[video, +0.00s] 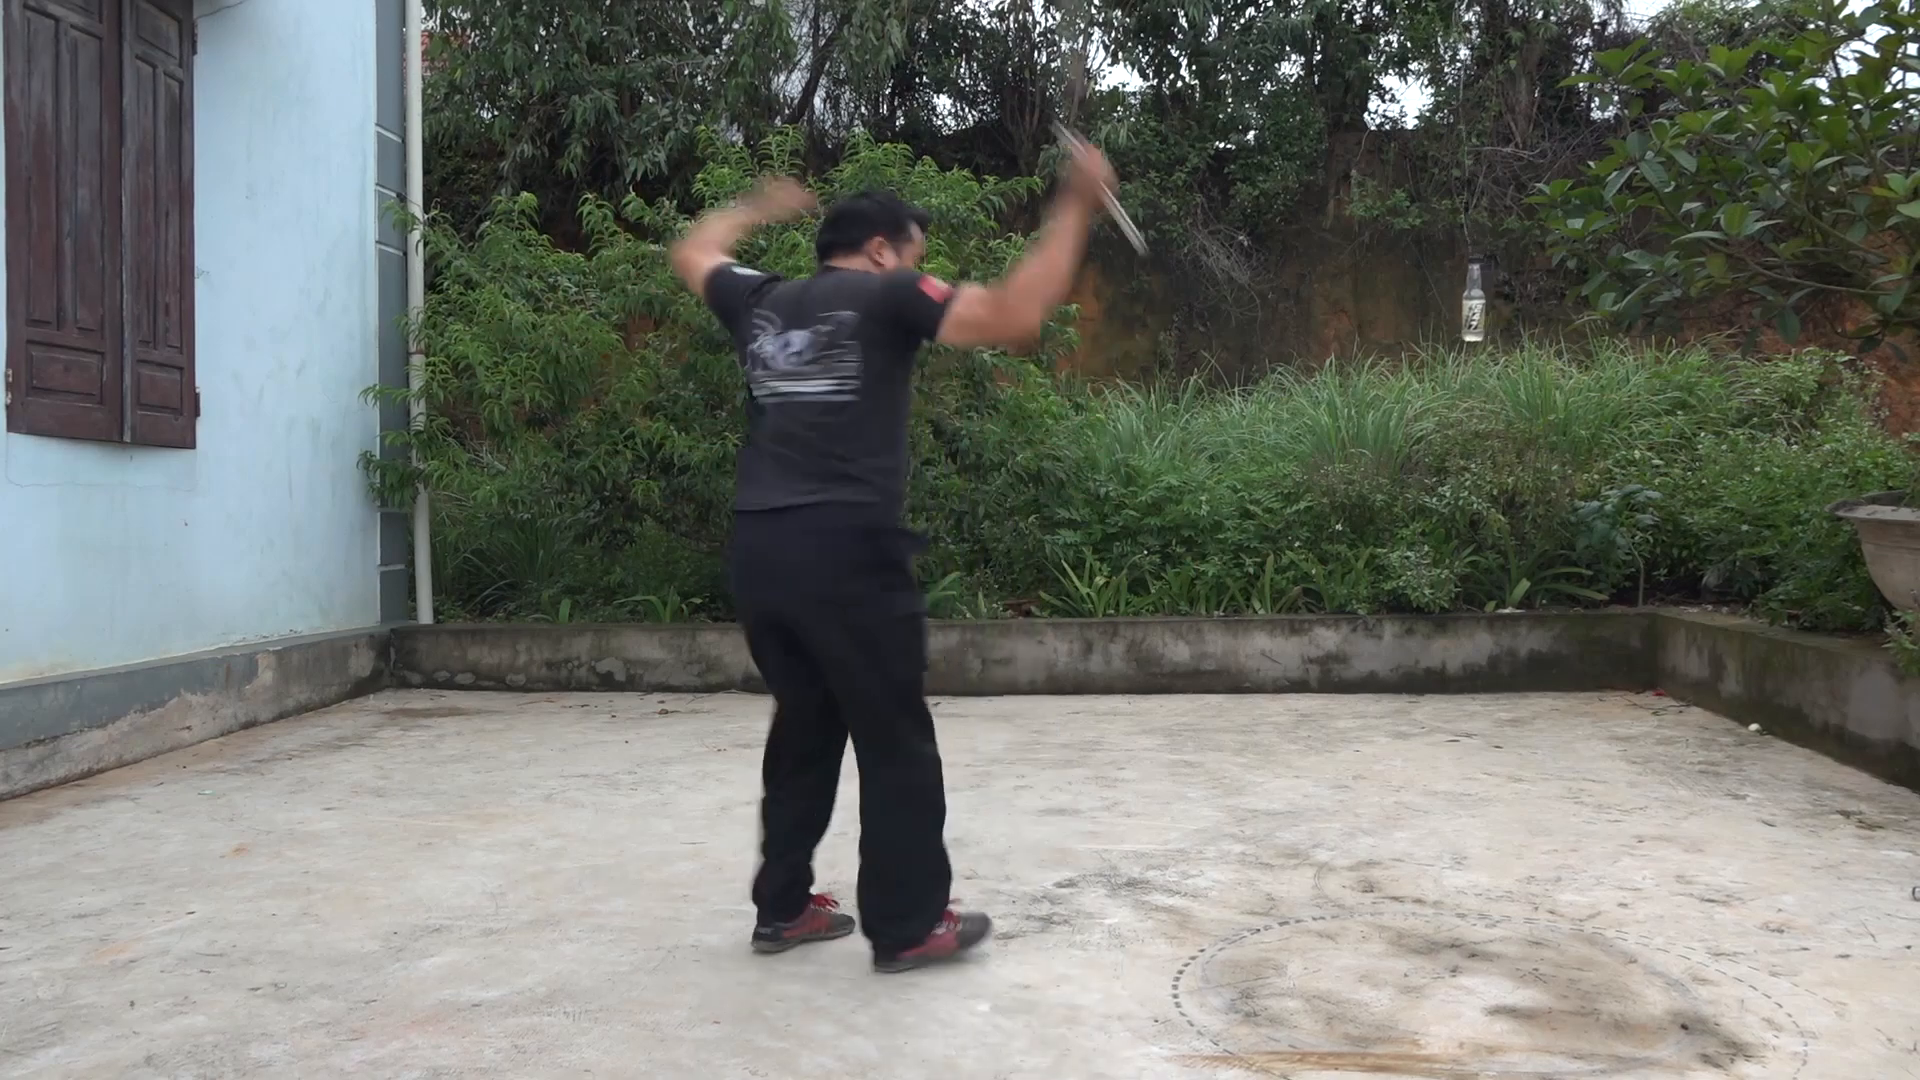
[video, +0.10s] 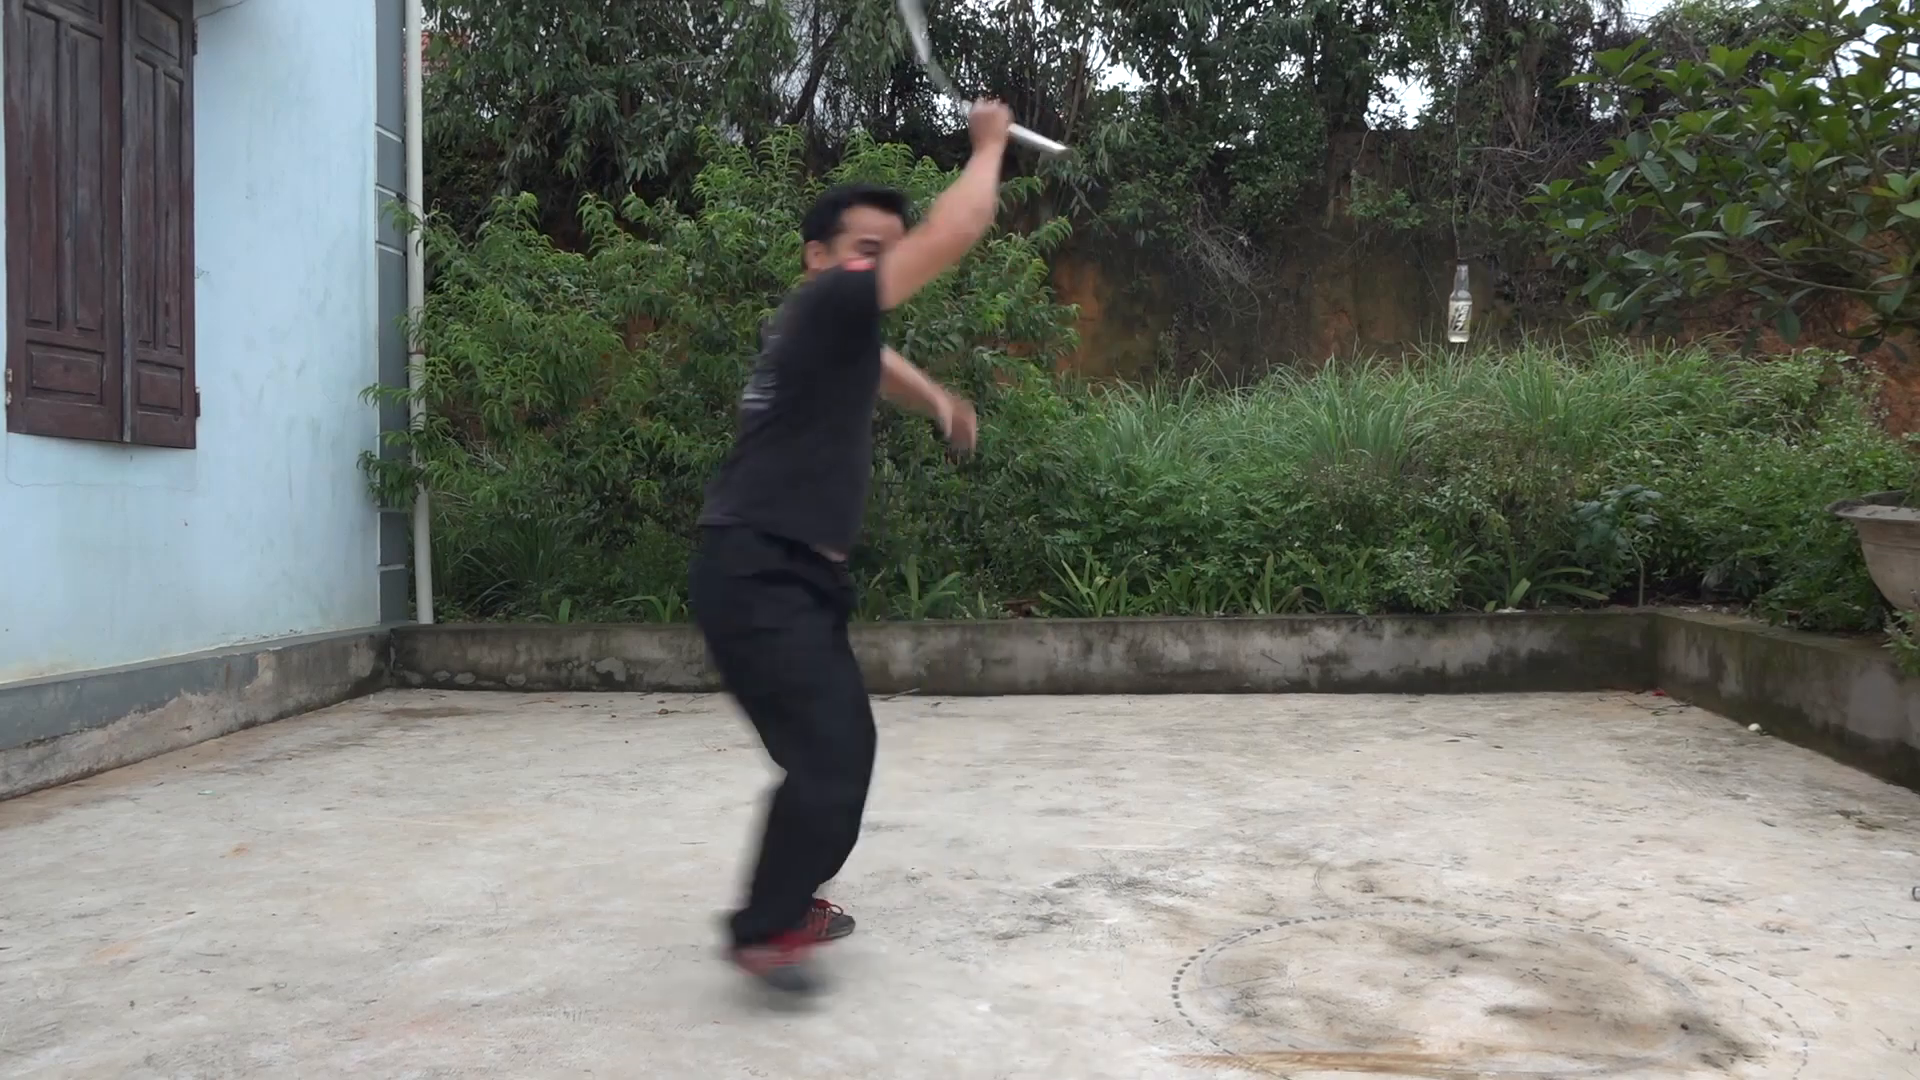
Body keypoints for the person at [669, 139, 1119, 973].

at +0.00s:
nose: (920, 273)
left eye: (919, 259)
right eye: (914, 258)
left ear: (838, 249)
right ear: (877, 249)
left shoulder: (763, 300)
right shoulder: (887, 294)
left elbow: (694, 254)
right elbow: (1015, 314)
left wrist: (753, 204)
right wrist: (1075, 202)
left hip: (759, 547)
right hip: (848, 549)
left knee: (806, 717)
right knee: (897, 735)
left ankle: (781, 904)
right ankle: (907, 924)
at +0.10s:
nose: (883, 265)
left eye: (889, 249)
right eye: (865, 248)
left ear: (888, 254)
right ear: (817, 254)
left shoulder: (833, 326)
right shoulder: (821, 307)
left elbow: (881, 365)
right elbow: (952, 232)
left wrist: (938, 400)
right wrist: (988, 146)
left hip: (792, 576)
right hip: (757, 574)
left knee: (842, 740)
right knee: (833, 745)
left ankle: (783, 903)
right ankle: (762, 931)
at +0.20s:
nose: (812, 302)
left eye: (829, 287)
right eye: (795, 288)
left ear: (852, 290)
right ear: (761, 295)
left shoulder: (861, 390)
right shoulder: (737, 350)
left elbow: (929, 480)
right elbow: (837, 296)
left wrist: (885, 521)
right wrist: (928, 266)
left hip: (818, 624)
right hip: (706, 610)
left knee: (886, 780)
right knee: (624, 753)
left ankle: (787, 873)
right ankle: (543, 931)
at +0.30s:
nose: (776, 396)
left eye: (796, 379)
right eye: (760, 375)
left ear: (821, 383)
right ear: (732, 373)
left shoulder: (855, 460)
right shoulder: (703, 418)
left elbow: (916, 571)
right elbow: (618, 395)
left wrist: (819, 595)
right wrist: (712, 435)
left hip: (808, 701)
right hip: (693, 682)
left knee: (866, 867)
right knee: (564, 796)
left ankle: (823, 872)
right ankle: (500, 950)